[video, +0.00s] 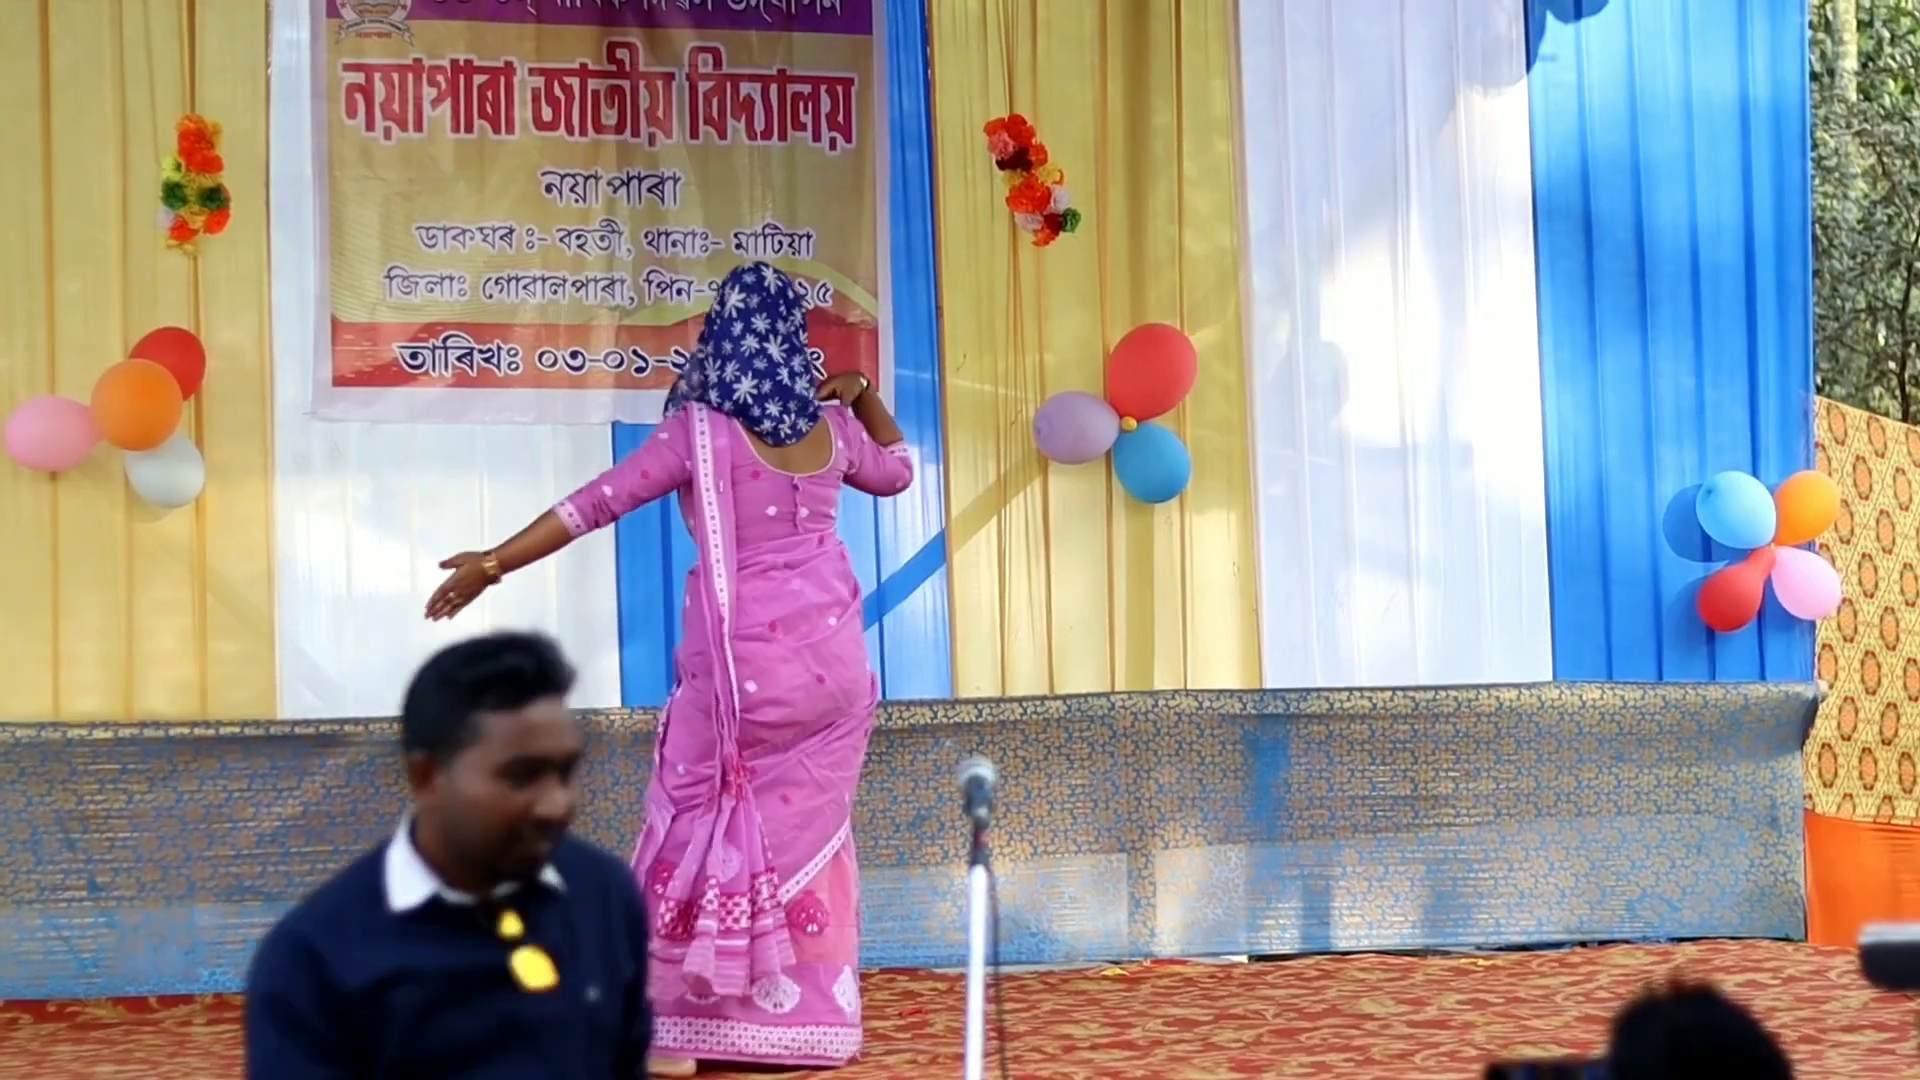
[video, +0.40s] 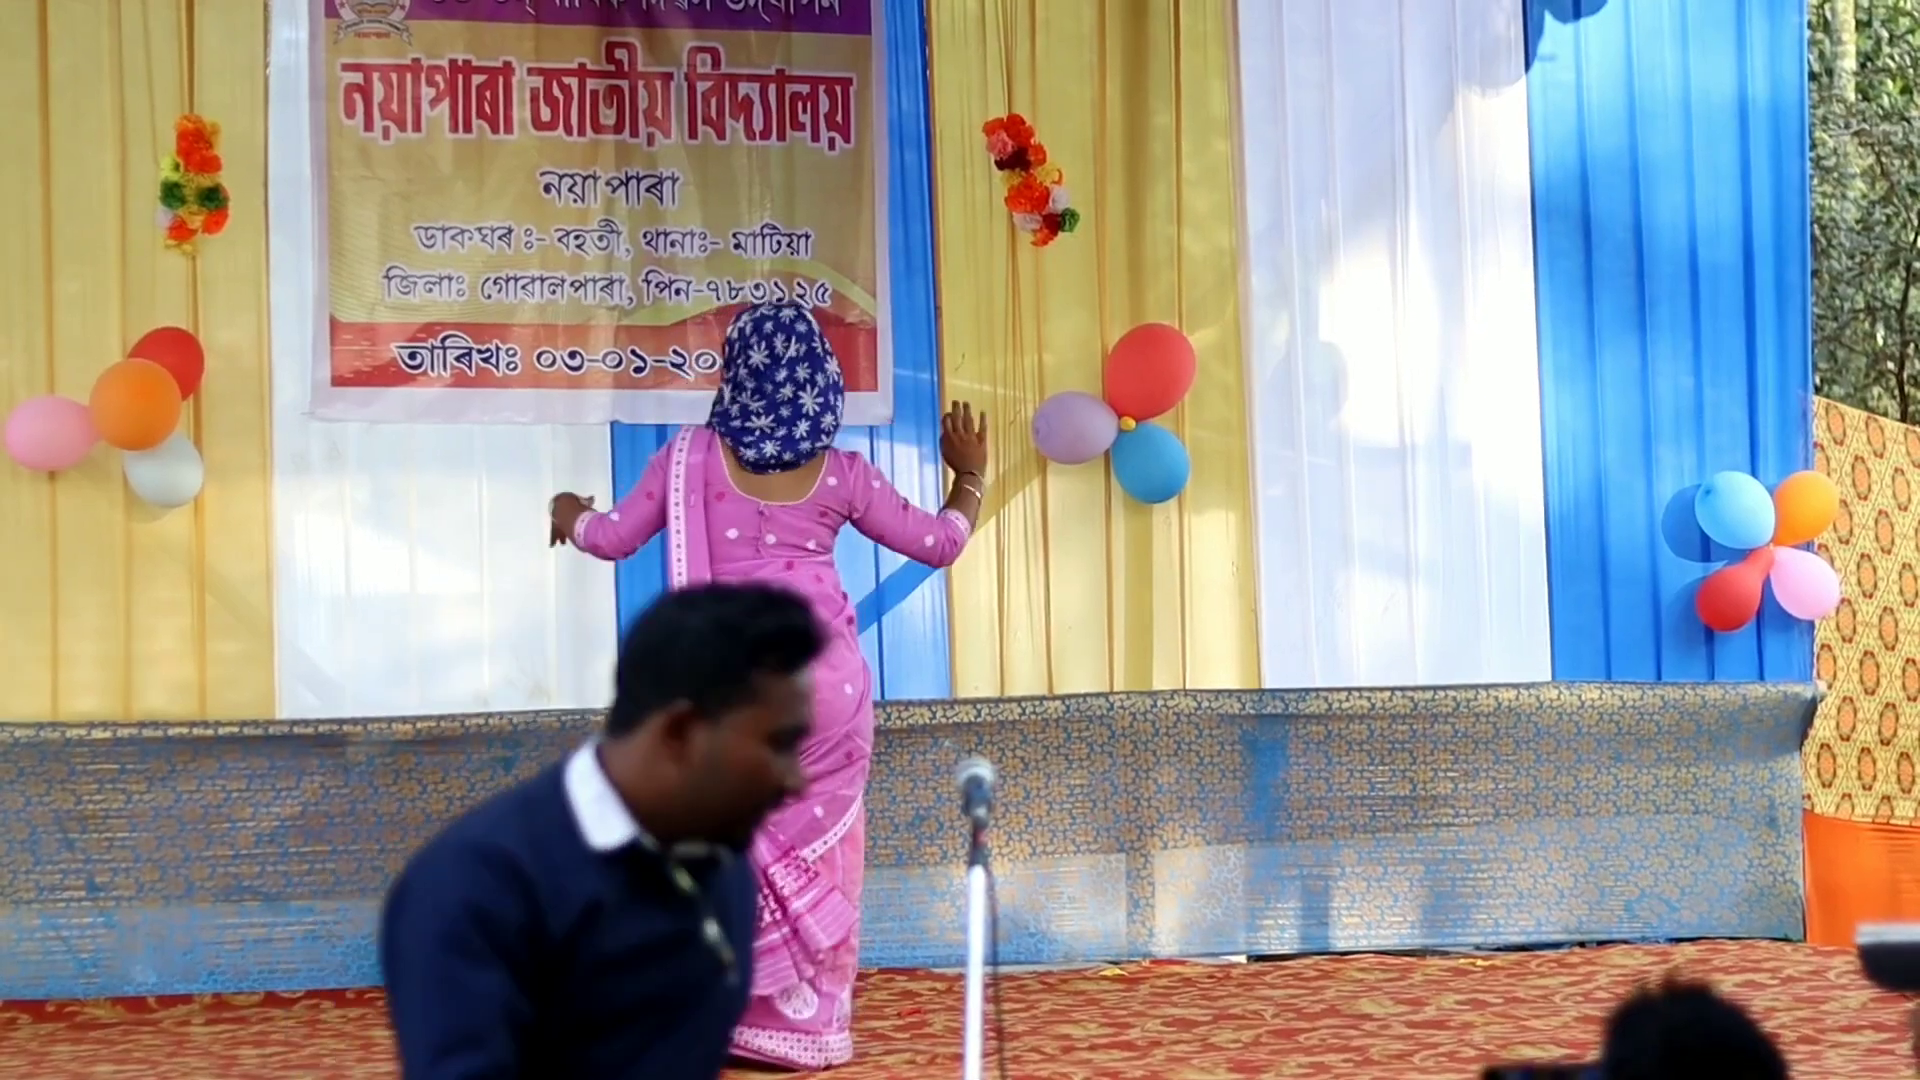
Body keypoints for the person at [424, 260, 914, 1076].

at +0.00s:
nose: (698, 340)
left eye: (708, 329)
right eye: (709, 327)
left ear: (720, 342)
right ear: (795, 343)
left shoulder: (699, 431)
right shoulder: (829, 430)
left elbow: (597, 502)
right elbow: (897, 474)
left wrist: (496, 562)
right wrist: (868, 400)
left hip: (740, 659)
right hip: (836, 658)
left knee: (693, 819)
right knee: (815, 827)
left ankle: (683, 1030)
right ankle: (808, 1022)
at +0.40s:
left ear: (730, 377)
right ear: (818, 383)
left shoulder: (687, 458)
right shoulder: (841, 474)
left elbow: (616, 538)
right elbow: (940, 544)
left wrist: (574, 520)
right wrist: (969, 479)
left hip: (726, 677)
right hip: (828, 675)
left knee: (736, 834)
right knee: (821, 840)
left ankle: (736, 1015)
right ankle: (814, 1023)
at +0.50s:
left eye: (716, 352)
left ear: (722, 361)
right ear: (812, 366)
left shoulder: (679, 443)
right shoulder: (832, 458)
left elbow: (590, 514)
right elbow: (934, 519)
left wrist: (572, 467)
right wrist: (1000, 484)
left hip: (694, 671)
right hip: (802, 669)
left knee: (641, 814)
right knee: (819, 838)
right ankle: (816, 1028)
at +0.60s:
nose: (681, 342)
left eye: (690, 329)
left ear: (699, 337)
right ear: (785, 338)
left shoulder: (662, 419)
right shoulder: (814, 425)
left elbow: (569, 488)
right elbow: (908, 474)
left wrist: (578, 401)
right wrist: (1002, 509)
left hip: (662, 650)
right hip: (767, 650)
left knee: (591, 814)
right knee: (757, 828)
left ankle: (566, 1013)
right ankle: (765, 1010)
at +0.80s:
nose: (643, 352)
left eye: (650, 341)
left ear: (657, 351)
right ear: (733, 348)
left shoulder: (627, 435)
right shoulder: (770, 439)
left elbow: (530, 494)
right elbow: (858, 512)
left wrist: (555, 407)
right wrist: (949, 551)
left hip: (624, 660)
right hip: (726, 666)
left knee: (591, 816)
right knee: (714, 835)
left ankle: (589, 1017)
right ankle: (711, 1013)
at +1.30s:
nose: (604, 342)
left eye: (609, 330)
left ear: (616, 338)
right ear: (695, 331)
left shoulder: (601, 421)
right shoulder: (744, 423)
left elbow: (513, 504)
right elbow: (787, 527)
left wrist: (504, 418)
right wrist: (856, 545)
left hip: (622, 650)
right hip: (721, 651)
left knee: (592, 813)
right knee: (731, 822)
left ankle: (584, 1009)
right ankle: (772, 1012)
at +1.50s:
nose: (569, 342)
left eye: (576, 329)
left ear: (583, 338)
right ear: (662, 338)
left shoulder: (562, 421)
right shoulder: (701, 427)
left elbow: (482, 500)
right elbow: (785, 519)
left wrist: (440, 490)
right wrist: (762, 581)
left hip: (568, 655)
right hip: (669, 655)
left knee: (548, 821)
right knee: (696, 824)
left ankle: (554, 1023)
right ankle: (775, 1008)